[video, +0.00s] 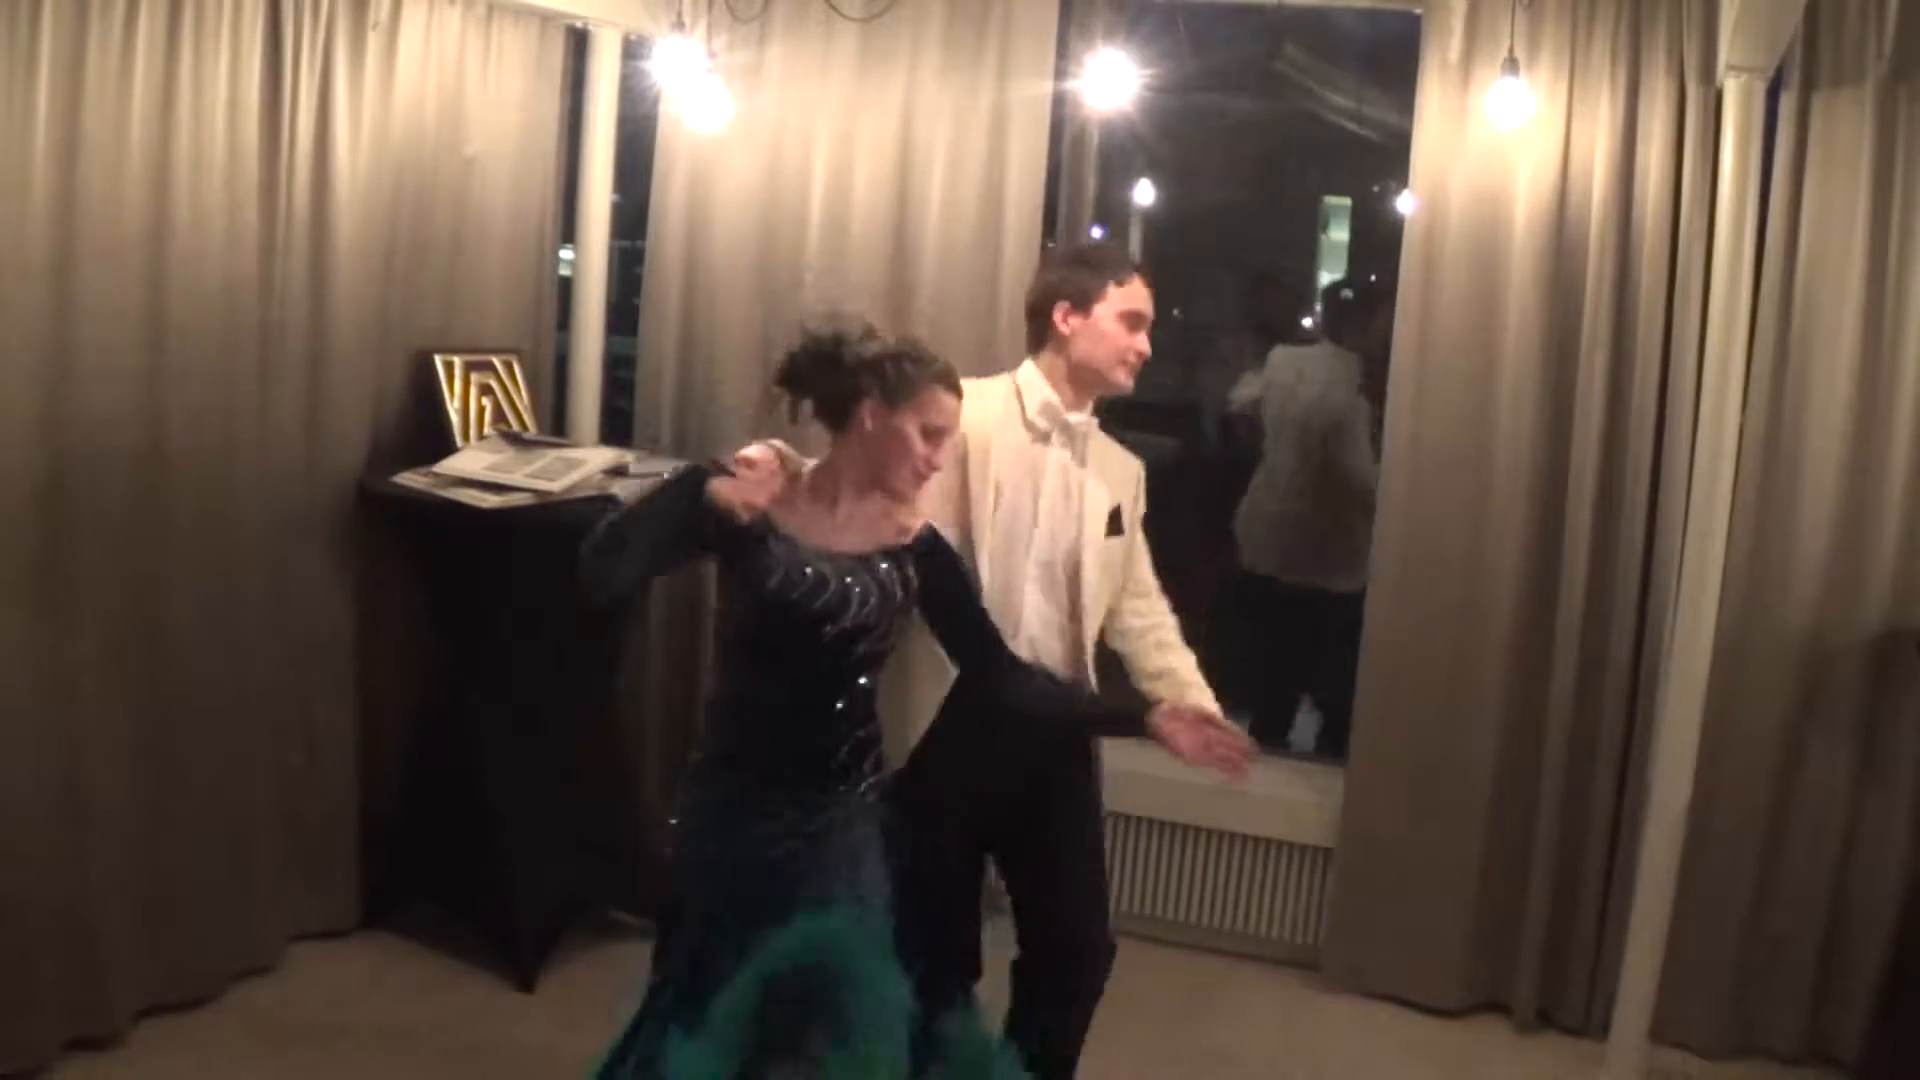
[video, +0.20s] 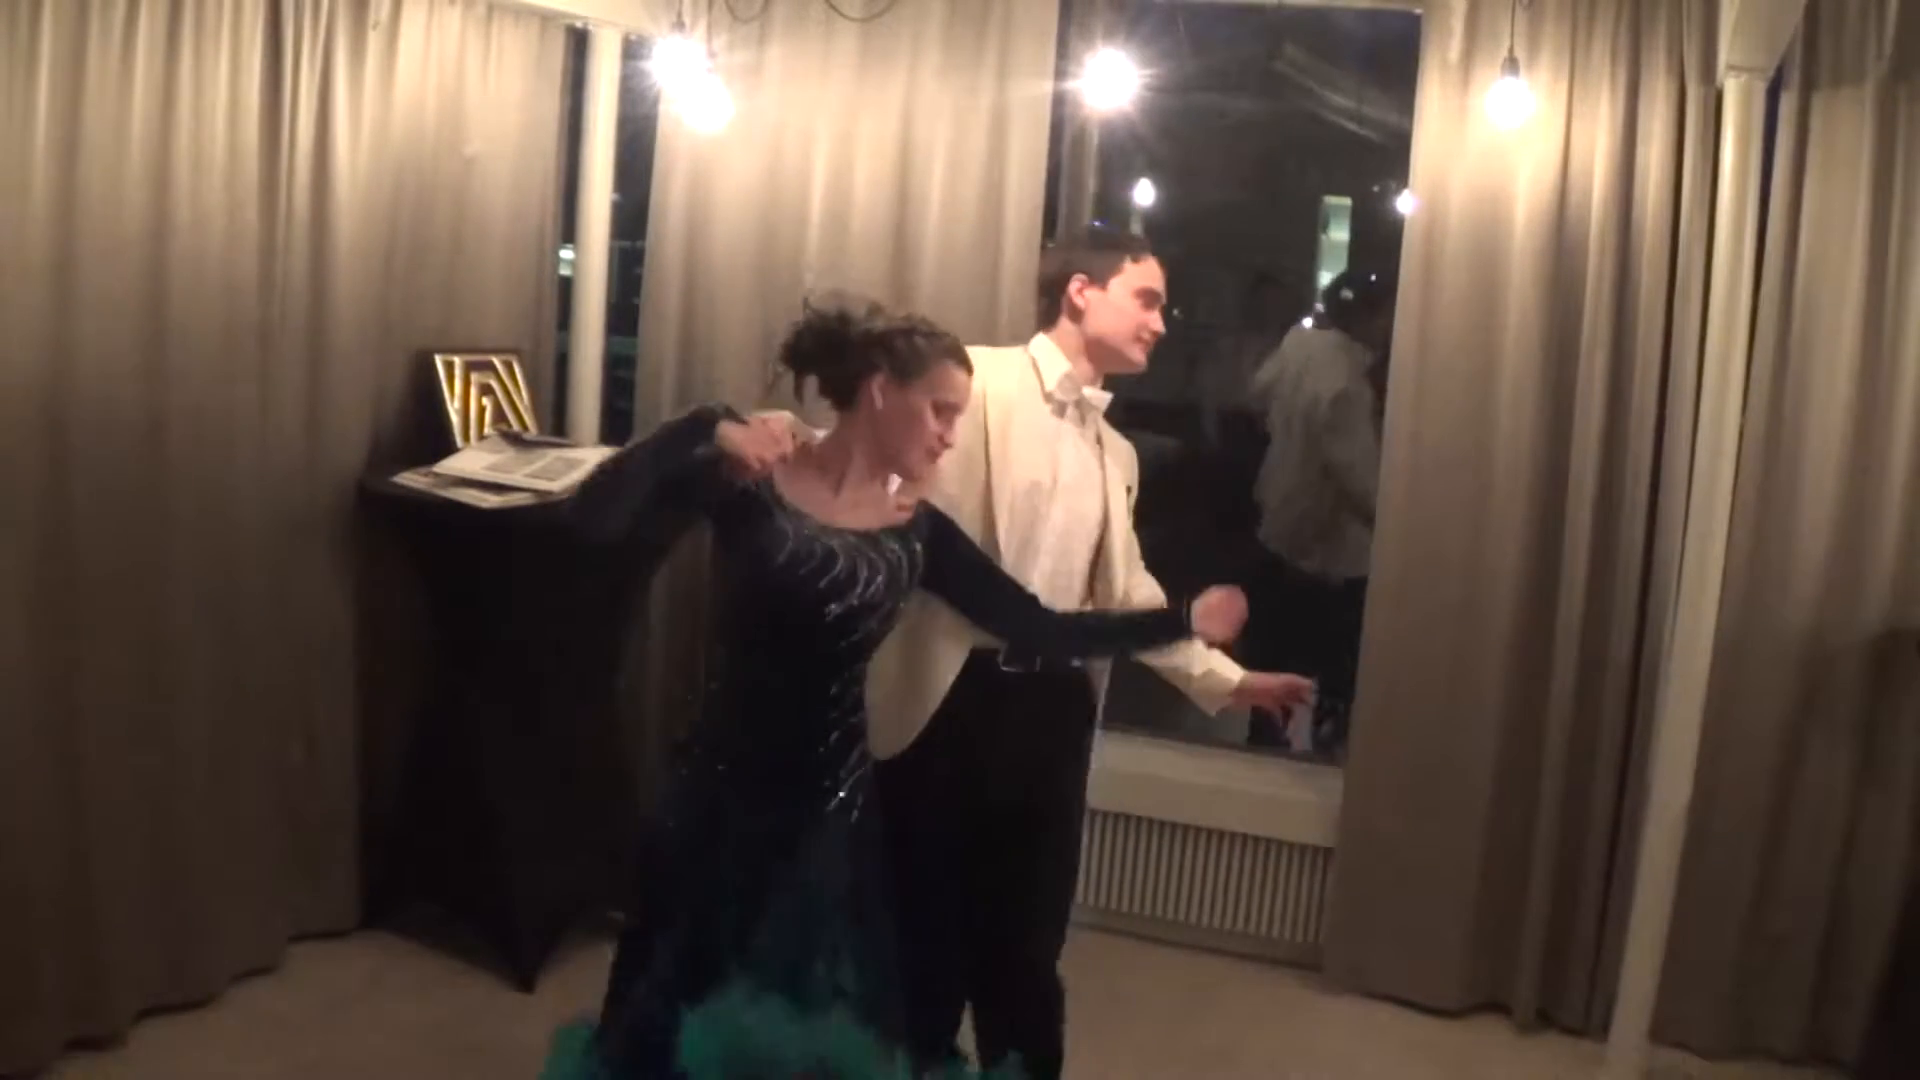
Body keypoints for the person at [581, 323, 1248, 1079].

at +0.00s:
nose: (939, 458)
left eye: (947, 439)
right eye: (928, 435)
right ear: (865, 416)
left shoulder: (915, 545)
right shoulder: (752, 502)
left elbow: (1001, 676)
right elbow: (603, 571)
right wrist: (700, 491)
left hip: (847, 801)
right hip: (738, 795)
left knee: (857, 1003)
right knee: (712, 1002)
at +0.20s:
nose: (952, 435)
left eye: (958, 417)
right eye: (940, 410)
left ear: (894, 403)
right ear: (872, 393)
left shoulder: (917, 529)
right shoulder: (750, 471)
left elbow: (1046, 631)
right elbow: (597, 514)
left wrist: (1186, 621)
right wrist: (706, 433)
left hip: (835, 790)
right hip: (723, 775)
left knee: (830, 1009)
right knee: (688, 1000)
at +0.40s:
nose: (940, 411)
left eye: (950, 392)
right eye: (931, 384)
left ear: (889, 374)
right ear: (862, 362)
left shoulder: (910, 501)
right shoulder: (740, 439)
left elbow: (1046, 611)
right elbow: (575, 487)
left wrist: (1182, 563)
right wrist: (690, 396)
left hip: (829, 762)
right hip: (710, 747)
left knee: (815, 981)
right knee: (685, 971)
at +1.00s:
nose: (823, 383)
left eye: (839, 356)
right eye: (795, 359)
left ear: (854, 346)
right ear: (727, 350)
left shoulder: (863, 458)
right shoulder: (677, 458)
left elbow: (848, 649)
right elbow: (516, 580)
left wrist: (730, 738)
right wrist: (572, 444)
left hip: (823, 780)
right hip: (698, 773)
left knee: (813, 1016)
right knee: (657, 1007)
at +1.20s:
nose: (819, 402)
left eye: (834, 375)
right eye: (790, 379)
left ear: (848, 362)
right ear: (718, 367)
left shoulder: (864, 483)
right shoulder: (666, 468)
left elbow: (853, 686)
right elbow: (504, 590)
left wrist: (803, 863)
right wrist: (566, 461)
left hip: (798, 795)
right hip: (673, 779)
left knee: (777, 1018)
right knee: (638, 993)